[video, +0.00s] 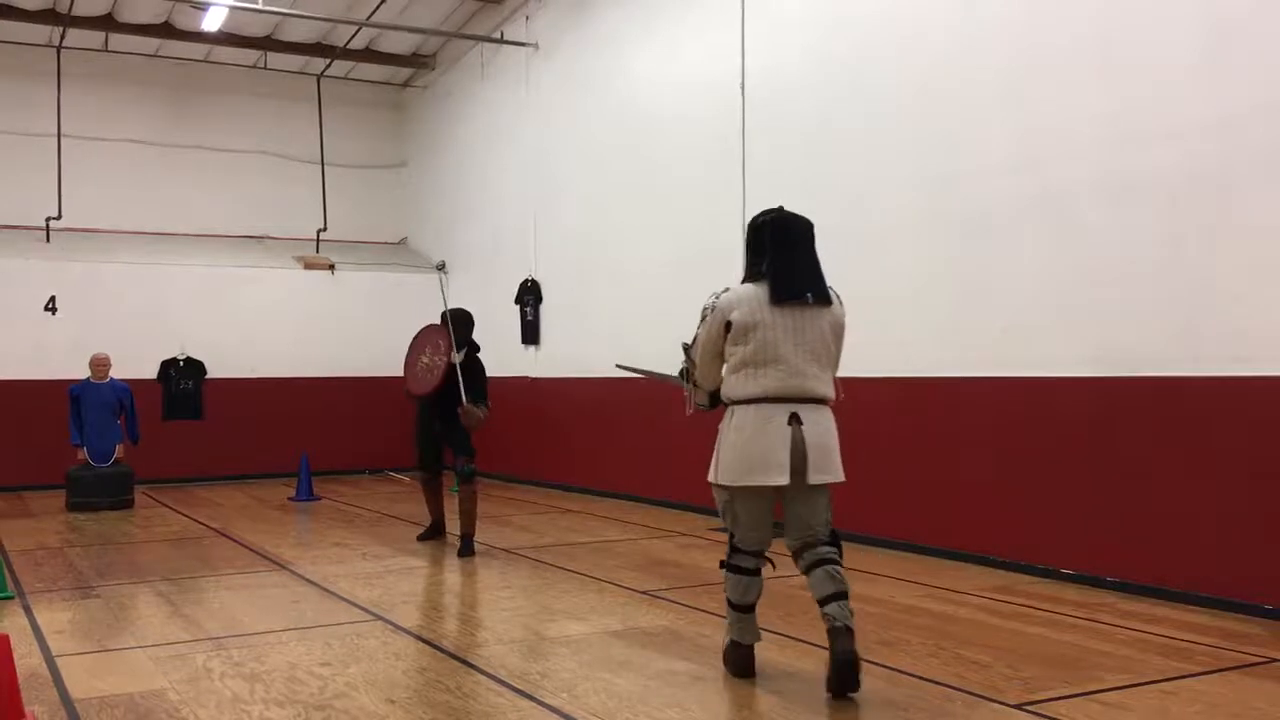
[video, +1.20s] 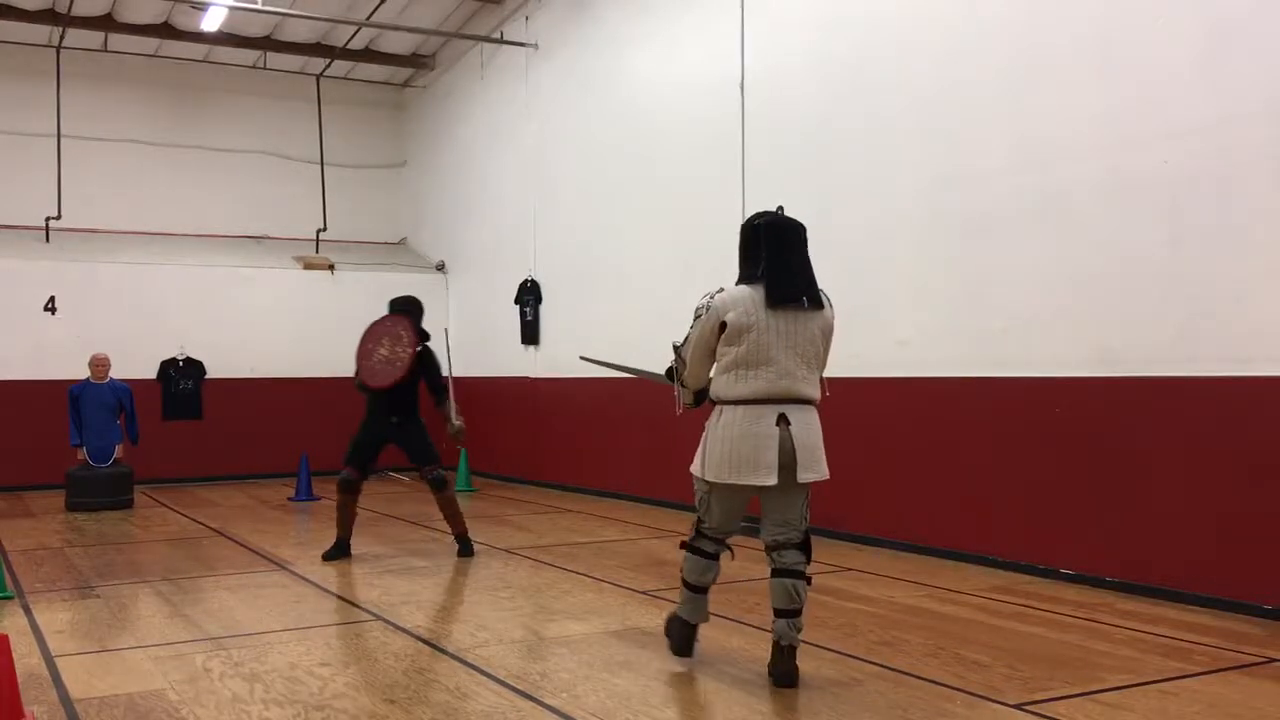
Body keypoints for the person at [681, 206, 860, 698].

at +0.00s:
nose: (747, 256)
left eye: (750, 248)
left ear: (755, 251)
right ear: (807, 251)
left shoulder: (734, 301)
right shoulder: (830, 306)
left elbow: (704, 368)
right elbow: (825, 366)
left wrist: (711, 390)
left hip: (749, 437)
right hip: (815, 436)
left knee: (746, 546)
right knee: (815, 541)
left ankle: (741, 648)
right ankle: (841, 633)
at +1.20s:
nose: (743, 260)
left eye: (745, 253)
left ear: (750, 254)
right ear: (799, 254)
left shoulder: (729, 304)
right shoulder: (820, 309)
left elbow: (693, 373)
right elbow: (812, 374)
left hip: (735, 436)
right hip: (799, 438)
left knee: (710, 535)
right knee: (788, 543)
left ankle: (685, 627)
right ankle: (785, 655)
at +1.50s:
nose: (706, 267)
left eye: (708, 259)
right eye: (708, 259)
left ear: (715, 263)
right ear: (763, 261)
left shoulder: (697, 314)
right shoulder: (786, 316)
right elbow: (781, 376)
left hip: (709, 438)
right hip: (772, 436)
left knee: (679, 539)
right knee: (773, 541)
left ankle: (644, 626)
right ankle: (783, 653)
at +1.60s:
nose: (686, 268)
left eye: (689, 260)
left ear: (695, 264)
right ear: (742, 264)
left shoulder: (676, 316)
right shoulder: (767, 317)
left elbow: (651, 388)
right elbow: (767, 376)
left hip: (695, 439)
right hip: (757, 438)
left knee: (673, 540)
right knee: (763, 541)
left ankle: (642, 631)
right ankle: (782, 651)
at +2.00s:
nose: (629, 267)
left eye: (631, 260)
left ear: (635, 262)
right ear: (682, 259)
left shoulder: (620, 310)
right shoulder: (708, 309)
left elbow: (596, 381)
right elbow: (714, 370)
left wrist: (603, 398)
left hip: (644, 427)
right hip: (705, 425)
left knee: (641, 533)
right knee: (708, 527)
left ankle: (634, 633)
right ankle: (726, 618)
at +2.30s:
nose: (623, 265)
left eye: (626, 257)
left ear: (630, 260)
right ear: (677, 258)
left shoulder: (613, 306)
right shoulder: (703, 307)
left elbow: (588, 370)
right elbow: (711, 362)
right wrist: (672, 360)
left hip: (631, 427)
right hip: (690, 426)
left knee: (632, 530)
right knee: (676, 529)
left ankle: (633, 633)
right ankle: (668, 635)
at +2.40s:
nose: (626, 266)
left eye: (628, 258)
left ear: (632, 260)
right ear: (679, 261)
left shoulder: (612, 307)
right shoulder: (699, 306)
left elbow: (587, 360)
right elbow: (715, 334)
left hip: (630, 430)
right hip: (688, 431)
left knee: (628, 529)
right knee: (676, 530)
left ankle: (633, 633)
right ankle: (668, 635)